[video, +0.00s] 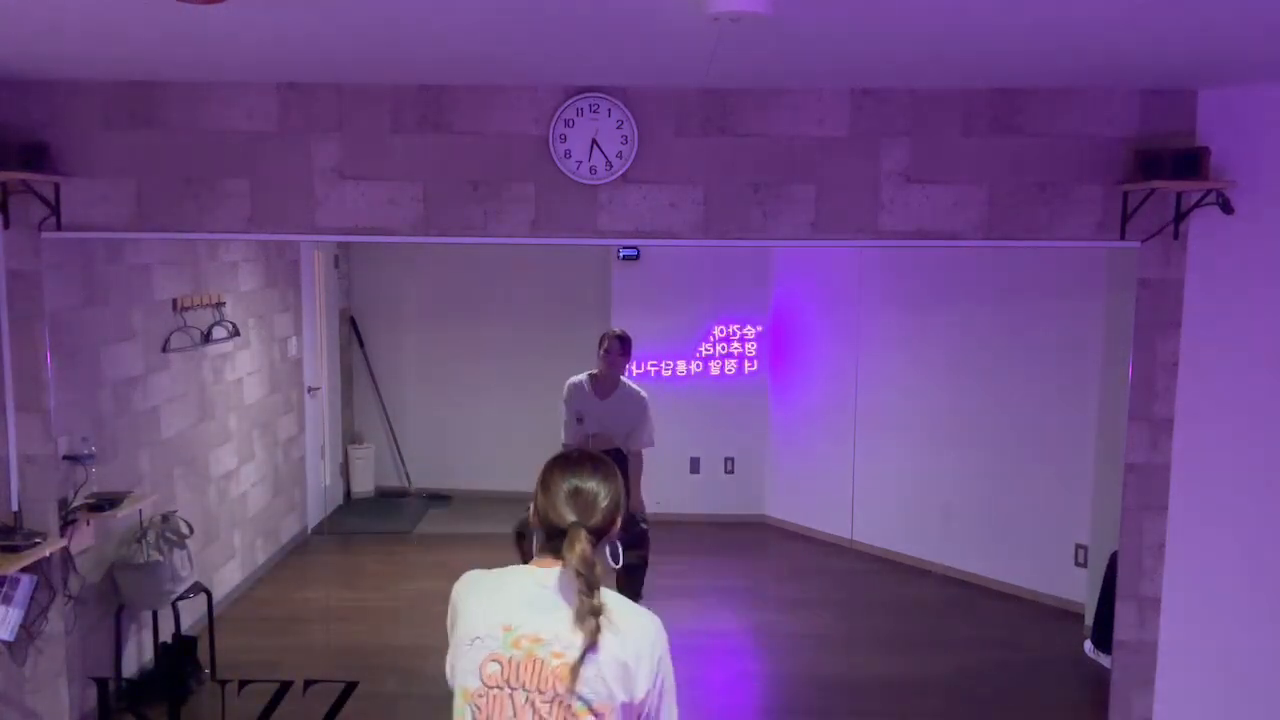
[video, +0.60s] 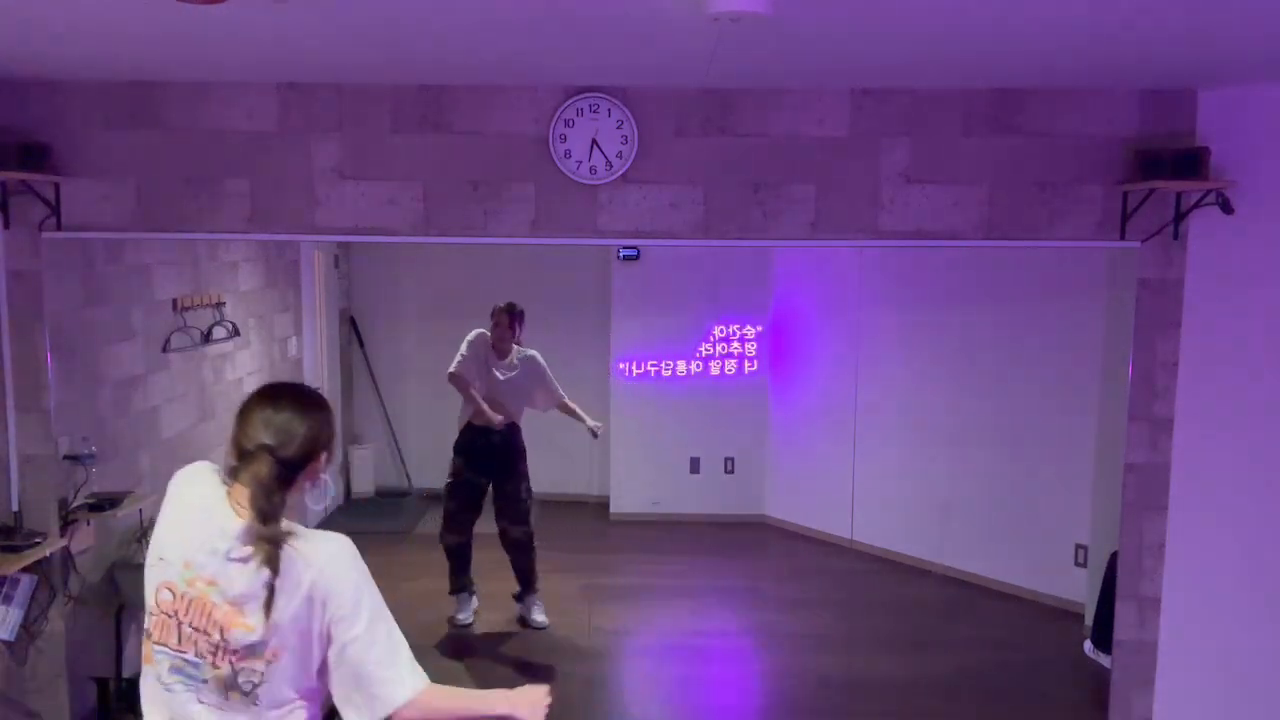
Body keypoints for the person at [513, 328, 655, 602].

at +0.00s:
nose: (611, 359)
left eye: (618, 354)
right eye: (607, 352)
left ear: (627, 360)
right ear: (598, 354)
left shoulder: (636, 399)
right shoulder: (575, 388)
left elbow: (635, 454)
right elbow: (571, 443)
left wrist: (635, 499)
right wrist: (571, 489)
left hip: (617, 465)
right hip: (580, 464)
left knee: (636, 533)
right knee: (526, 528)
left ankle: (627, 607)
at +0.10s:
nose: (600, 360)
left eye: (606, 356)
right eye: (596, 354)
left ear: (617, 362)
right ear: (588, 355)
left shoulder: (624, 399)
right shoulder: (566, 380)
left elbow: (630, 450)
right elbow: (555, 430)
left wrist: (653, 482)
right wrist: (575, 466)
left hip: (602, 464)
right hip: (566, 461)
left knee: (613, 532)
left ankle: (628, 603)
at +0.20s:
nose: (581, 359)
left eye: (588, 356)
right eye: (578, 353)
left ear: (599, 363)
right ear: (571, 353)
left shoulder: (602, 401)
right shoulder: (552, 369)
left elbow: (621, 448)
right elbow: (544, 409)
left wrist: (659, 457)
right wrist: (577, 439)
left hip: (572, 466)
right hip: (540, 461)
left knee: (585, 537)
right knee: (512, 523)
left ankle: (626, 598)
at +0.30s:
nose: (555, 357)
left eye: (563, 355)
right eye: (553, 350)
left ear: (574, 361)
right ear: (546, 349)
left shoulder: (574, 396)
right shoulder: (530, 358)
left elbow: (601, 440)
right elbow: (523, 392)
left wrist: (644, 432)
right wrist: (565, 418)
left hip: (541, 467)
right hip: (510, 462)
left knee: (569, 542)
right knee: (468, 524)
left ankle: (621, 597)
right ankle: (465, 599)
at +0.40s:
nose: (530, 349)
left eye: (538, 346)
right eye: (529, 343)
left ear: (551, 352)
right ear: (524, 342)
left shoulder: (555, 389)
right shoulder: (511, 350)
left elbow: (580, 432)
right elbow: (500, 381)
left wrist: (619, 420)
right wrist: (545, 402)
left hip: (522, 462)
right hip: (489, 459)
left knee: (551, 537)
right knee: (440, 525)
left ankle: (594, 600)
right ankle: (468, 596)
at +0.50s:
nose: (508, 339)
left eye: (515, 335)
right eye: (508, 333)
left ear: (532, 340)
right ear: (505, 333)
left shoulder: (541, 375)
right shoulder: (494, 344)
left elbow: (565, 416)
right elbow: (478, 375)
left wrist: (604, 415)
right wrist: (514, 402)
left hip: (512, 452)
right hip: (476, 450)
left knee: (531, 530)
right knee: (439, 527)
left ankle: (563, 600)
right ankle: (464, 595)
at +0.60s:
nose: (496, 332)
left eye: (503, 327)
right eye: (494, 325)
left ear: (517, 331)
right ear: (490, 326)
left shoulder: (530, 360)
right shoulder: (478, 340)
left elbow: (558, 400)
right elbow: (456, 375)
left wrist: (587, 420)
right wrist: (485, 411)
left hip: (509, 444)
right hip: (472, 442)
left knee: (516, 523)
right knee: (455, 525)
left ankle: (530, 598)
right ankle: (464, 596)